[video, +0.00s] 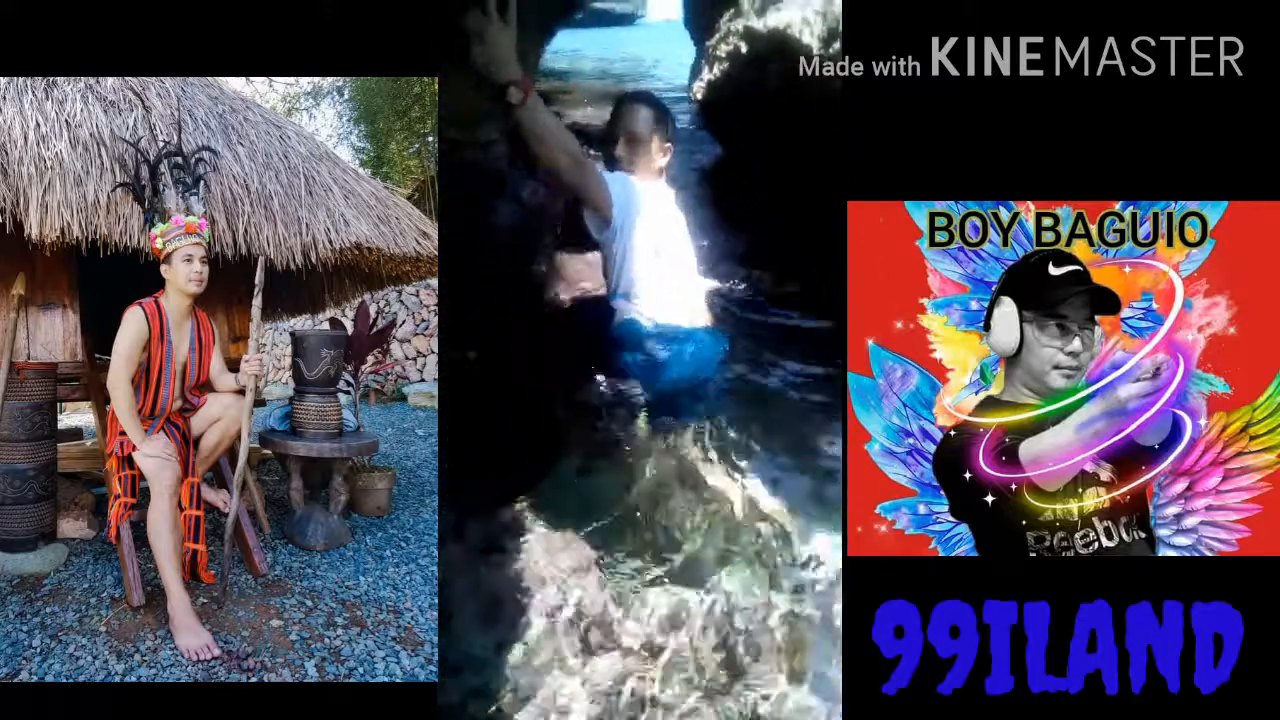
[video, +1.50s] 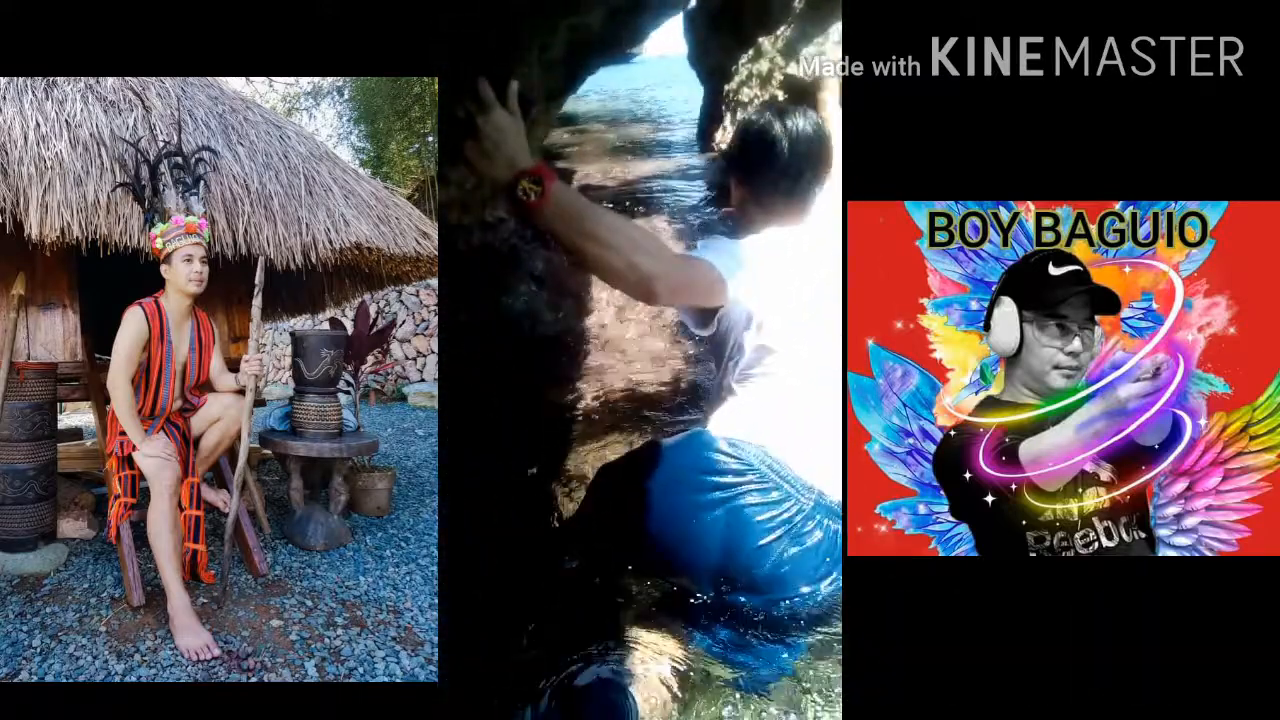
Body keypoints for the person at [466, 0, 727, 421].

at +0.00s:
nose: (618, 152)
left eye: (632, 141)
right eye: (615, 140)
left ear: (665, 150)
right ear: (611, 141)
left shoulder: (622, 193)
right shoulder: (670, 200)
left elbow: (566, 161)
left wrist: (510, 77)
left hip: (649, 343)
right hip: (703, 343)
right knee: (690, 444)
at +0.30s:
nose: (640, 127)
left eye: (654, 117)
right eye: (641, 115)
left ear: (693, 131)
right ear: (696, 135)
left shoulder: (672, 172)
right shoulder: (705, 176)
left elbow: (618, 140)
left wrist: (560, 49)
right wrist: (636, 261)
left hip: (692, 352)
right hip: (737, 347)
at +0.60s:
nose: (636, 129)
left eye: (640, 119)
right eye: (637, 120)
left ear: (650, 125)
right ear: (708, 127)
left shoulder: (676, 182)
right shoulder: (716, 184)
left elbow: (627, 182)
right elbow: (644, 220)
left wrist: (549, 75)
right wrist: (598, 200)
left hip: (691, 371)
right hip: (744, 366)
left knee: (564, 342)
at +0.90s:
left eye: (652, 168)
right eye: (729, 162)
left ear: (662, 170)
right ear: (723, 172)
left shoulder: (682, 228)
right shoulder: (757, 223)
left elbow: (641, 254)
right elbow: (775, 196)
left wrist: (557, 147)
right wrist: (755, 136)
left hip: (696, 439)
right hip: (766, 439)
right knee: (756, 595)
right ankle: (754, 707)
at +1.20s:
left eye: (711, 188)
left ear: (712, 189)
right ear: (790, 186)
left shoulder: (739, 252)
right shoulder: (819, 245)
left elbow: (660, 284)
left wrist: (539, 189)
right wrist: (687, 418)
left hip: (740, 481)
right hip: (824, 492)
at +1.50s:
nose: (725, 197)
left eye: (727, 181)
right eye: (727, 180)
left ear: (740, 186)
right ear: (822, 183)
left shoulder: (761, 255)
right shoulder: (860, 244)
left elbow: (654, 275)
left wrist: (525, 175)